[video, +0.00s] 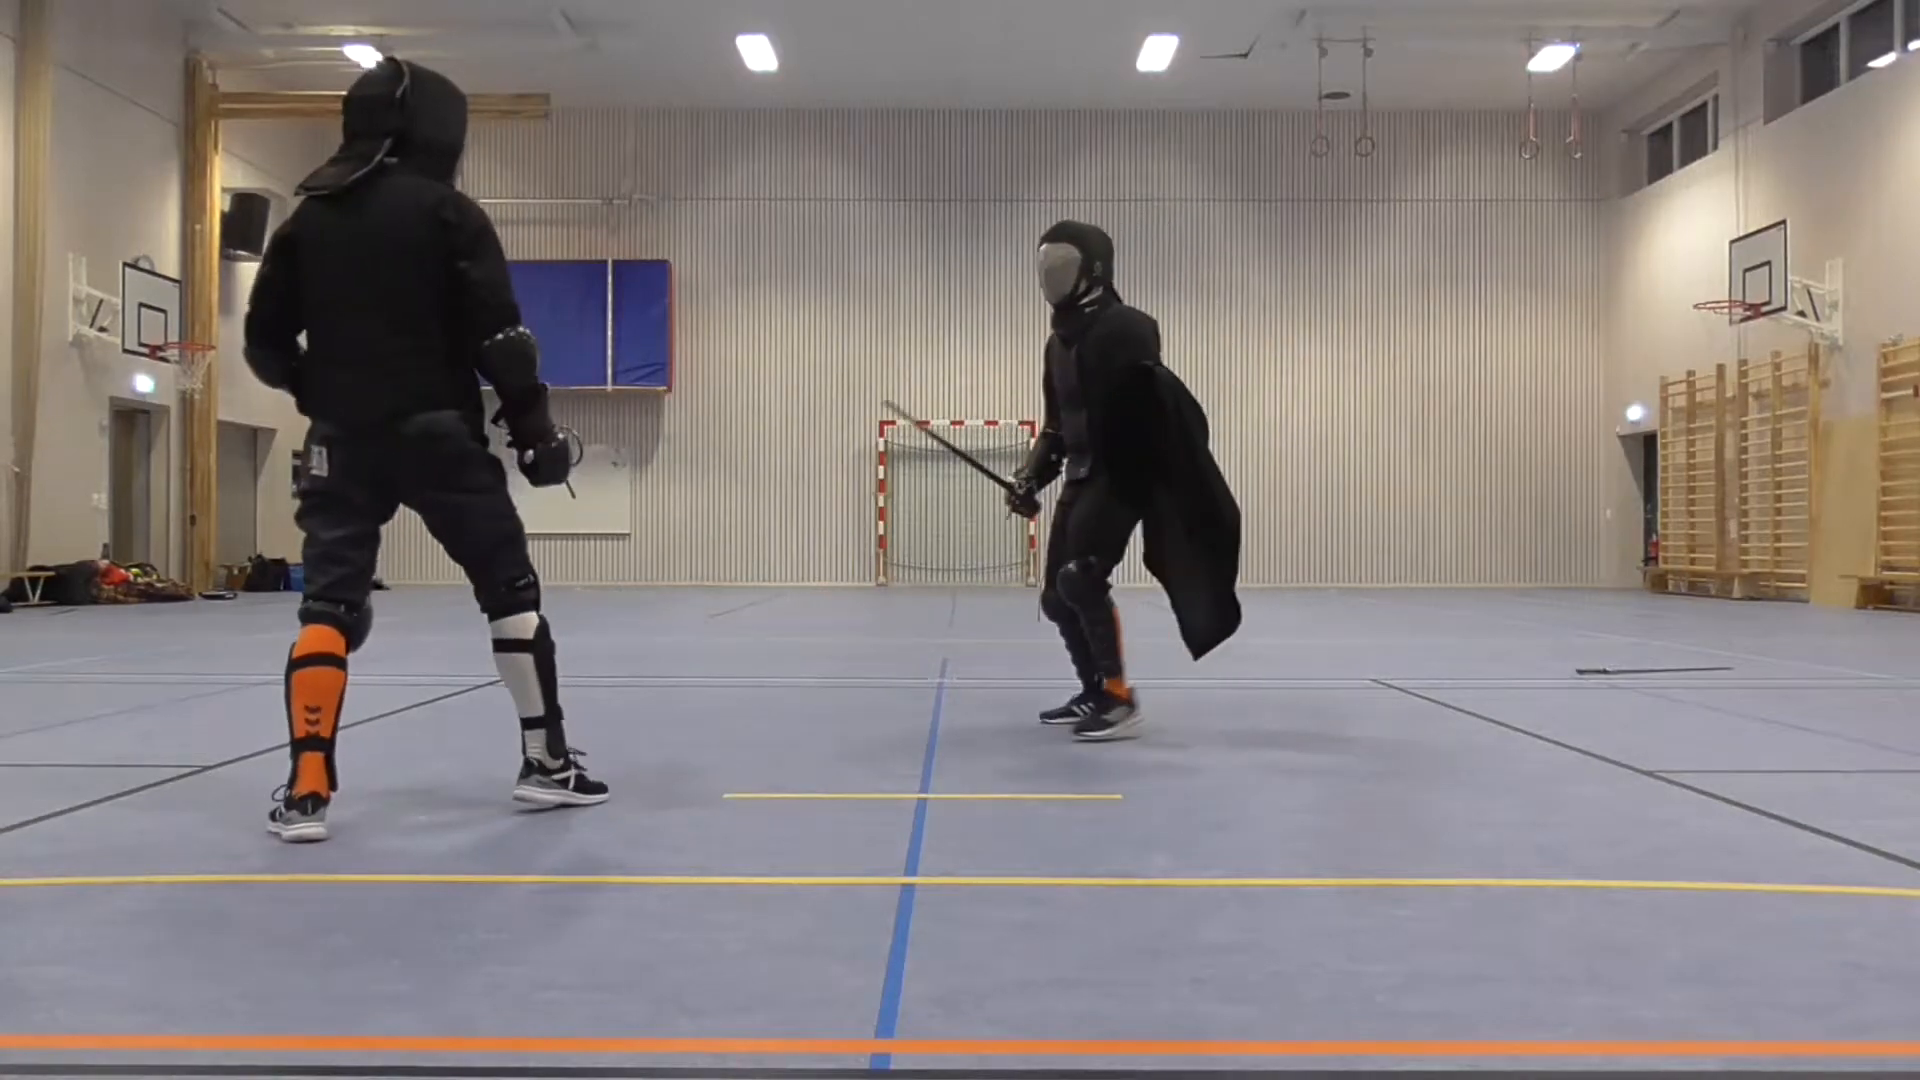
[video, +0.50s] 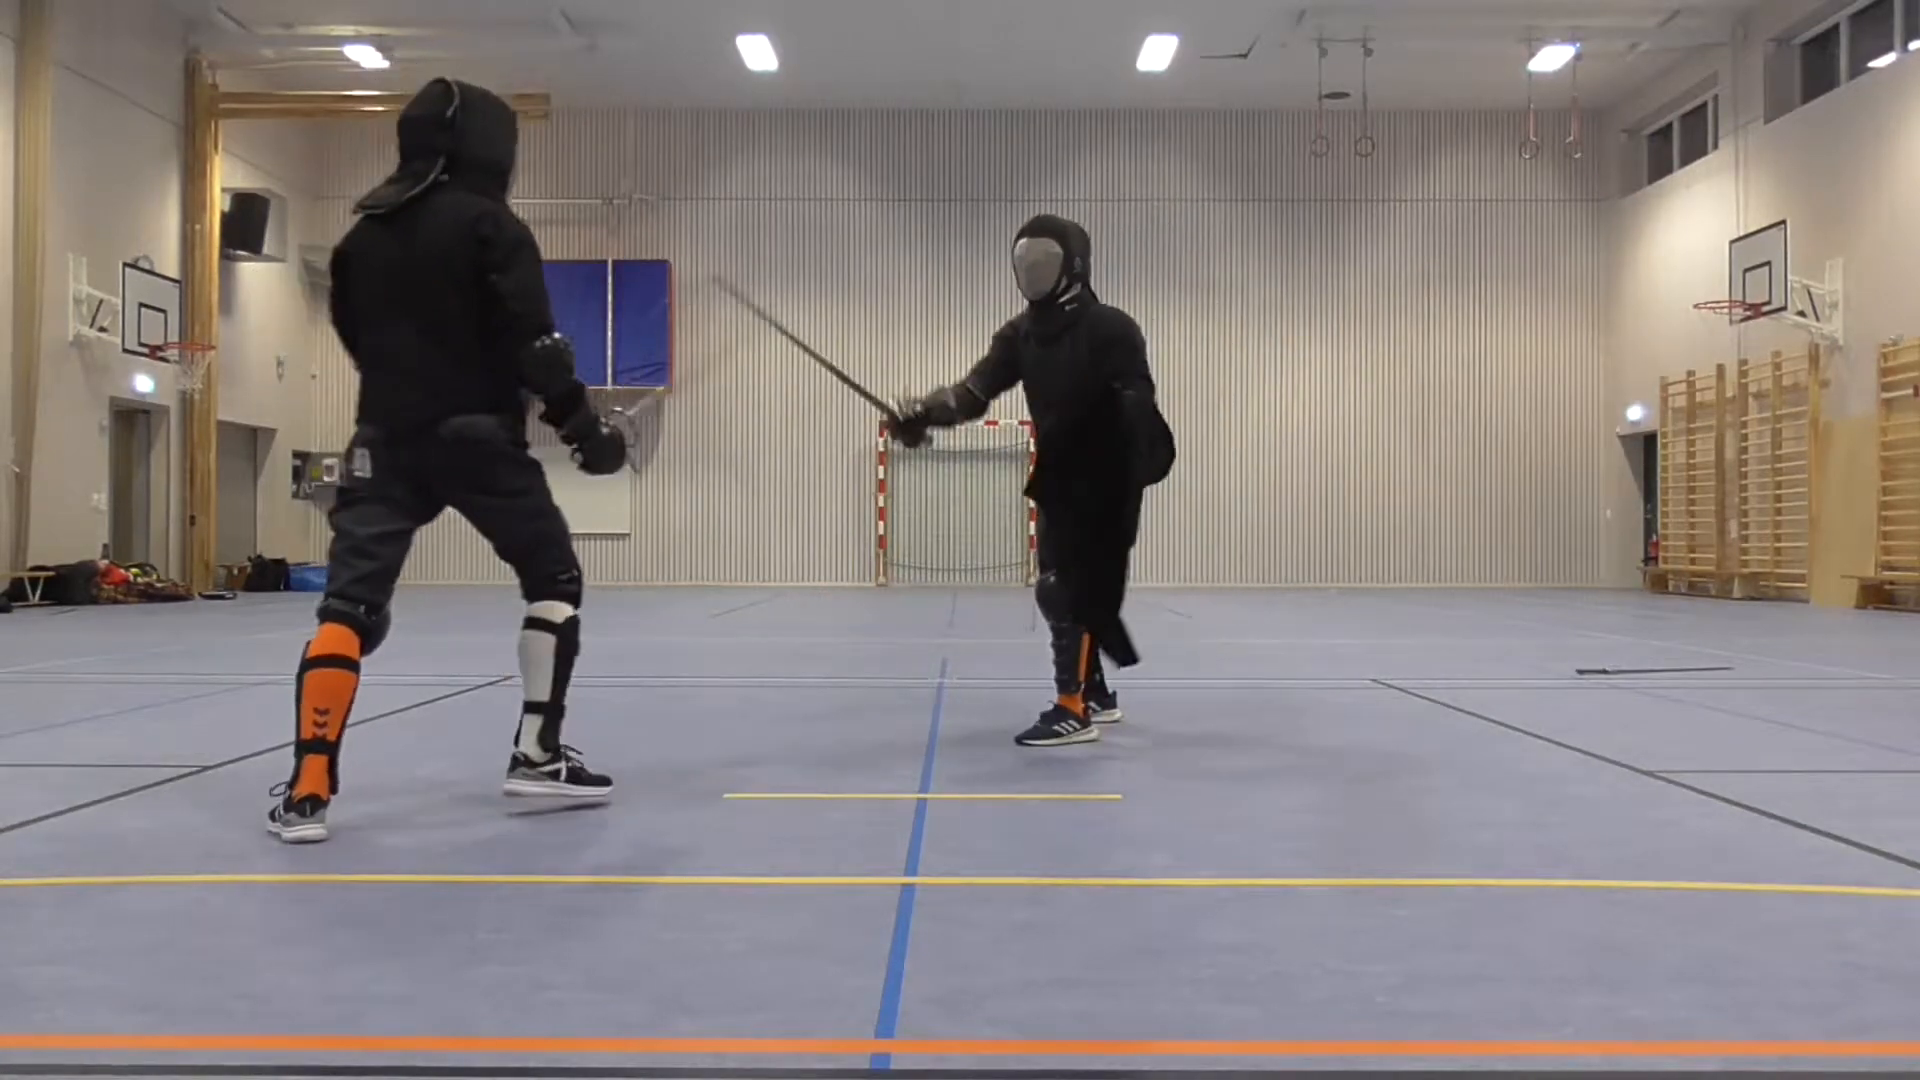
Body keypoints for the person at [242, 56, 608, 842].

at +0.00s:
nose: (458, 147)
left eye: (455, 133)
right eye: (453, 134)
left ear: (365, 129)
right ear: (431, 132)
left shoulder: (309, 219)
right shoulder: (449, 215)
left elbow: (264, 342)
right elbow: (502, 341)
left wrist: (324, 389)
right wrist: (537, 432)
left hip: (339, 441)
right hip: (440, 438)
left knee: (328, 602)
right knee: (508, 586)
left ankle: (308, 789)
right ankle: (545, 755)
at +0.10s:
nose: (467, 149)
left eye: (464, 136)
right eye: (463, 136)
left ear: (373, 132)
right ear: (443, 134)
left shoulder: (319, 220)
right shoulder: (457, 217)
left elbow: (289, 358)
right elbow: (514, 342)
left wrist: (361, 382)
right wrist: (548, 430)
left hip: (349, 444)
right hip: (451, 441)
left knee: (333, 602)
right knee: (512, 588)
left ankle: (309, 790)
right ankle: (544, 759)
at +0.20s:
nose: (473, 147)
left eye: (470, 134)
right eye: (469, 134)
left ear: (381, 131)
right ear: (449, 135)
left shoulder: (326, 218)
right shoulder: (462, 217)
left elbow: (301, 346)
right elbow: (524, 335)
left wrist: (366, 389)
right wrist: (563, 420)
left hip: (354, 440)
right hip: (455, 437)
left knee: (335, 599)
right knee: (512, 586)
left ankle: (309, 789)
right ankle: (542, 757)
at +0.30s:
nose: (477, 150)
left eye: (473, 137)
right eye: (472, 138)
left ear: (386, 134)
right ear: (454, 138)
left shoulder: (331, 221)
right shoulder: (467, 219)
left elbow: (309, 331)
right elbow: (525, 334)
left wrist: (360, 390)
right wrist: (577, 408)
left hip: (356, 440)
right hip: (455, 436)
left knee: (337, 598)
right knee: (512, 586)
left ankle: (309, 787)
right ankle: (541, 760)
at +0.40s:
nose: (489, 155)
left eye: (487, 142)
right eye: (485, 142)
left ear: (399, 137)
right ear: (465, 142)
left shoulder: (341, 226)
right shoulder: (476, 221)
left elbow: (325, 328)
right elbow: (525, 337)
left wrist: (373, 392)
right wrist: (577, 412)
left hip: (363, 440)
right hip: (460, 437)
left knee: (339, 601)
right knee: (529, 584)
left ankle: (308, 791)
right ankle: (540, 760)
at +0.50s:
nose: (508, 162)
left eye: (508, 149)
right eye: (502, 148)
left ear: (418, 145)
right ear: (481, 147)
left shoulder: (366, 231)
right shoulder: (492, 226)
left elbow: (354, 330)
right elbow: (536, 345)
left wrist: (410, 385)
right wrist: (586, 426)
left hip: (384, 441)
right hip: (480, 440)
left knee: (348, 602)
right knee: (553, 580)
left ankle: (309, 789)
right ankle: (538, 749)